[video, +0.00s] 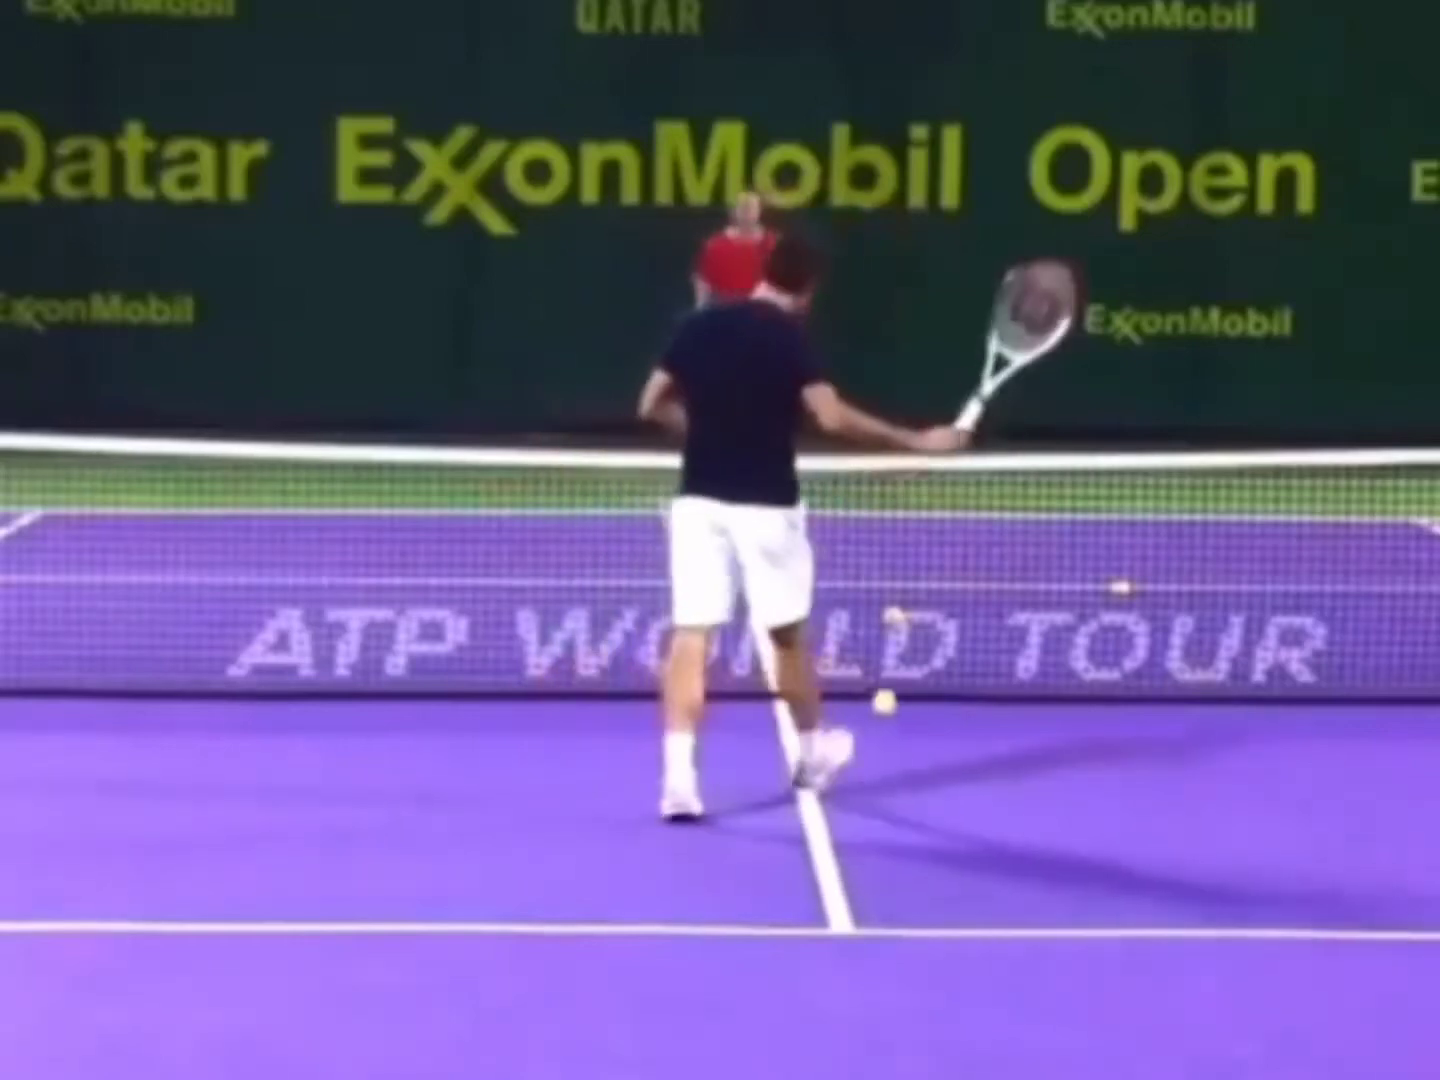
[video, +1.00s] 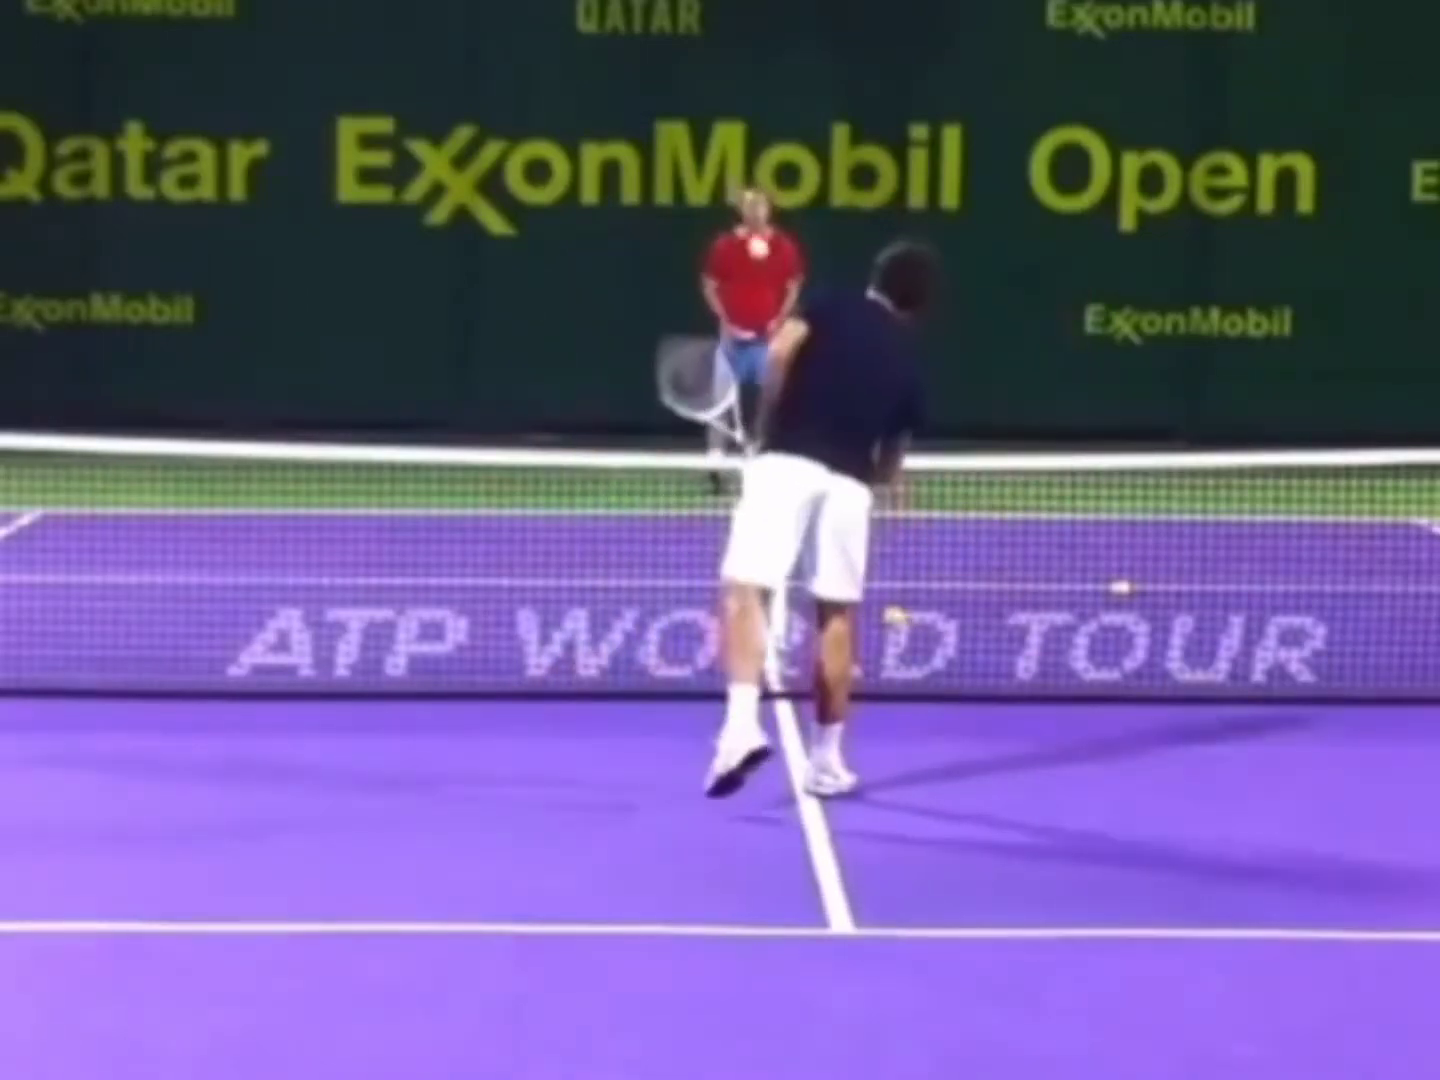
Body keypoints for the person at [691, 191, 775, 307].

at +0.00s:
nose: (749, 215)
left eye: (753, 210)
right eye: (744, 210)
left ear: (759, 213)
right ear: (735, 213)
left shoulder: (770, 242)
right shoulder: (716, 244)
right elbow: (702, 279)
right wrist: (702, 310)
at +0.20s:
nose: (731, 211)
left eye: (736, 205)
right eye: (726, 205)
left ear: (744, 209)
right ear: (719, 210)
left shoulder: (762, 242)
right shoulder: (704, 246)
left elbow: (773, 281)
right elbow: (693, 288)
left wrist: (777, 320)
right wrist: (704, 331)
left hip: (754, 333)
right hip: (718, 334)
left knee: (755, 394)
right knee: (716, 396)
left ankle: (756, 455)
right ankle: (717, 454)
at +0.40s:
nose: (727, 211)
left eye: (732, 204)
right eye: (722, 204)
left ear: (741, 208)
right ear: (714, 209)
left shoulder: (759, 242)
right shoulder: (700, 246)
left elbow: (770, 277)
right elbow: (688, 284)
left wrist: (770, 317)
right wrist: (705, 324)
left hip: (752, 330)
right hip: (717, 330)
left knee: (753, 394)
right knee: (712, 391)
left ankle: (754, 442)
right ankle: (709, 433)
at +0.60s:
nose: (728, 211)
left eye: (733, 204)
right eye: (723, 205)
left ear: (741, 208)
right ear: (715, 209)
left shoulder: (761, 242)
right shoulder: (701, 245)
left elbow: (772, 280)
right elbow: (687, 285)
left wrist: (761, 321)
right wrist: (708, 323)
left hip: (751, 333)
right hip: (716, 334)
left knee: (758, 402)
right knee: (713, 400)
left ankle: (760, 458)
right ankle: (712, 458)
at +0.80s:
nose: (738, 211)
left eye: (743, 205)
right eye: (733, 206)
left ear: (752, 209)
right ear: (725, 210)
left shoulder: (769, 244)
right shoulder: (710, 245)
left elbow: (780, 280)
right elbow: (695, 283)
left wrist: (769, 318)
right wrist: (714, 322)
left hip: (758, 331)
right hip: (723, 331)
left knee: (762, 396)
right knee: (717, 397)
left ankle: (761, 453)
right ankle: (715, 456)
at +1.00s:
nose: (755, 212)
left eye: (760, 205)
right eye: (750, 206)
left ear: (768, 209)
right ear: (741, 210)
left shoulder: (784, 245)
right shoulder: (725, 244)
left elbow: (794, 282)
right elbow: (709, 281)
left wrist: (780, 318)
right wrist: (725, 321)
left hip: (768, 331)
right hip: (734, 330)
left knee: (769, 395)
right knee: (725, 394)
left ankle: (761, 446)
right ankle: (718, 450)